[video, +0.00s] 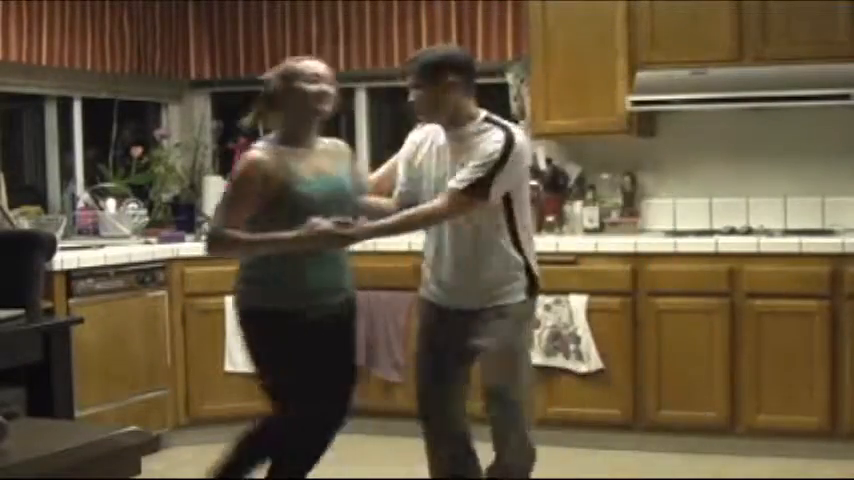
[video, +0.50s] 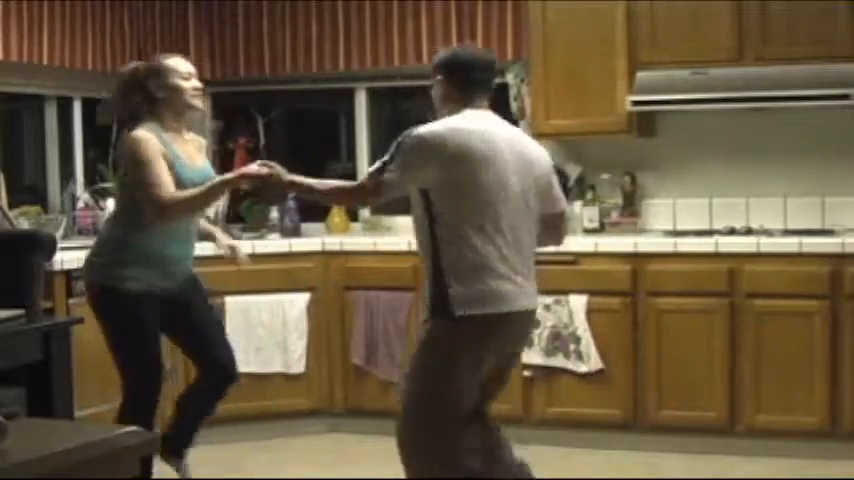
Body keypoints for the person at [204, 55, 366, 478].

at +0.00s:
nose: (326, 89)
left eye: (330, 82)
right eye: (313, 81)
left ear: (336, 96)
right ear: (282, 93)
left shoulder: (340, 151)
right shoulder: (260, 163)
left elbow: (355, 206)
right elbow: (218, 239)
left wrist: (407, 209)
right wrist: (302, 238)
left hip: (333, 304)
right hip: (273, 307)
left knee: (328, 415)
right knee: (295, 416)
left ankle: (284, 475)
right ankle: (227, 472)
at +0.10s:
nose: (287, 90)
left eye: (289, 83)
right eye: (275, 82)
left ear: (295, 94)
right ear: (243, 93)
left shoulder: (304, 152)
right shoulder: (218, 161)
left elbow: (349, 197)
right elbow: (192, 241)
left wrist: (395, 156)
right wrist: (274, 235)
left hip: (291, 301)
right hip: (225, 303)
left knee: (290, 419)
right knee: (220, 413)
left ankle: (270, 479)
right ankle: (153, 464)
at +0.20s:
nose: (255, 92)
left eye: (257, 85)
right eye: (243, 84)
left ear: (260, 98)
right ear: (212, 97)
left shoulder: (270, 155)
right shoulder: (186, 160)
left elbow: (306, 214)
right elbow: (175, 240)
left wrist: (345, 183)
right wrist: (252, 233)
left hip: (246, 300)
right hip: (181, 301)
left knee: (271, 413)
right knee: (178, 409)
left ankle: (264, 479)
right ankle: (143, 471)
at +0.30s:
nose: (229, 91)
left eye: (230, 83)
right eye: (217, 83)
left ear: (233, 97)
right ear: (188, 95)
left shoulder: (239, 154)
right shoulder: (163, 153)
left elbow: (251, 220)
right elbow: (164, 231)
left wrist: (299, 214)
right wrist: (237, 223)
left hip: (211, 289)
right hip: (151, 294)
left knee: (254, 385)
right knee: (159, 399)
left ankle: (263, 474)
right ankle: (138, 474)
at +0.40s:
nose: (213, 87)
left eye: (211, 80)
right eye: (201, 80)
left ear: (205, 92)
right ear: (172, 91)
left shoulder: (214, 150)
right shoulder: (148, 146)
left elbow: (206, 224)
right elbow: (160, 218)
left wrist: (255, 226)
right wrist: (233, 199)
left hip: (188, 282)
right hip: (132, 284)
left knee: (241, 370)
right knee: (152, 390)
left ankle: (218, 472)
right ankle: (139, 473)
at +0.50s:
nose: (199, 84)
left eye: (197, 77)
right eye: (187, 77)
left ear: (191, 89)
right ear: (157, 88)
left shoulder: (197, 143)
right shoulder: (141, 140)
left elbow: (187, 209)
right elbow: (163, 206)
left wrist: (221, 236)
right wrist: (230, 181)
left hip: (172, 276)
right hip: (121, 279)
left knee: (221, 369)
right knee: (143, 385)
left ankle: (173, 446)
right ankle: (132, 468)